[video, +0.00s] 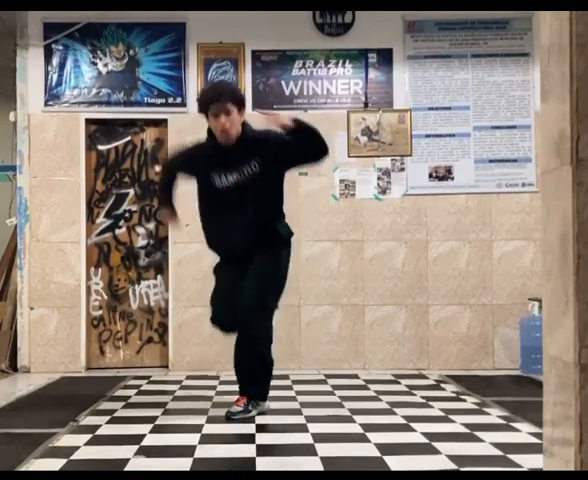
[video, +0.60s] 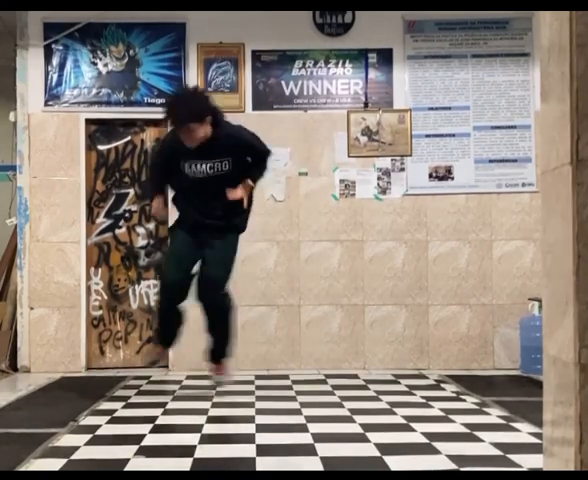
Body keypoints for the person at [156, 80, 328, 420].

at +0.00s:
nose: (223, 122)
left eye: (228, 113)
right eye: (215, 116)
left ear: (241, 113)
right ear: (207, 120)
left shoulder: (268, 144)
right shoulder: (202, 155)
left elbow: (317, 150)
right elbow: (170, 168)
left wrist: (293, 126)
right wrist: (166, 204)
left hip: (270, 248)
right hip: (231, 254)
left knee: (256, 319)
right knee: (224, 319)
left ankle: (252, 395)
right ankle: (259, 300)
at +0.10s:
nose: (224, 106)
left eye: (229, 98)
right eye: (216, 100)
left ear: (241, 97)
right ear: (206, 103)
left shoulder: (261, 123)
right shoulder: (203, 127)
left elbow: (305, 137)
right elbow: (174, 121)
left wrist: (270, 135)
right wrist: (163, 162)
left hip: (269, 224)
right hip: (233, 225)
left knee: (267, 301)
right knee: (230, 294)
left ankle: (259, 384)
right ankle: (226, 300)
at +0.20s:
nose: (229, 101)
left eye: (234, 93)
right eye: (222, 94)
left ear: (246, 93)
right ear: (211, 97)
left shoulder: (259, 128)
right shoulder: (203, 122)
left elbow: (279, 166)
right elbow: (189, 150)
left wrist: (271, 192)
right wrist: (188, 179)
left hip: (265, 222)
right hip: (228, 221)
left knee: (272, 293)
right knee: (234, 286)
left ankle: (269, 370)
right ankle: (246, 357)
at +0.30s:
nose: (235, 115)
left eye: (241, 107)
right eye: (228, 107)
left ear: (251, 109)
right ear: (217, 110)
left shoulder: (255, 154)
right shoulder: (210, 146)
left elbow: (261, 209)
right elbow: (207, 190)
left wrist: (270, 256)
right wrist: (208, 224)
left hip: (255, 235)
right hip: (222, 237)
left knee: (268, 306)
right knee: (238, 300)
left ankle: (273, 374)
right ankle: (253, 367)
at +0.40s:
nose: (228, 125)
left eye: (234, 117)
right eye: (219, 117)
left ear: (243, 117)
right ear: (208, 117)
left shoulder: (249, 161)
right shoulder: (203, 145)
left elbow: (262, 214)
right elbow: (207, 188)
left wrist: (258, 259)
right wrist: (197, 216)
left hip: (244, 245)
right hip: (212, 241)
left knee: (256, 303)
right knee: (226, 300)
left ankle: (271, 373)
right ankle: (248, 369)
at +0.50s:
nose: (203, 128)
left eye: (208, 121)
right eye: (199, 122)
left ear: (223, 113)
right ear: (193, 117)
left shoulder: (244, 145)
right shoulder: (189, 134)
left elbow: (267, 181)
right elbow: (179, 157)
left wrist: (253, 215)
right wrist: (174, 180)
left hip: (233, 231)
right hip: (198, 226)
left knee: (240, 295)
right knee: (195, 274)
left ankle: (259, 369)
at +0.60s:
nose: (187, 138)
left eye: (191, 131)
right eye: (182, 132)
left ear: (207, 121)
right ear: (175, 127)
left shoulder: (235, 138)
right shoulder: (171, 146)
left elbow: (261, 156)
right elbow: (157, 171)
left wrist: (246, 185)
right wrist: (158, 195)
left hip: (224, 228)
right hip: (188, 224)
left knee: (211, 290)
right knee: (170, 283)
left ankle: (218, 357)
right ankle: (163, 343)